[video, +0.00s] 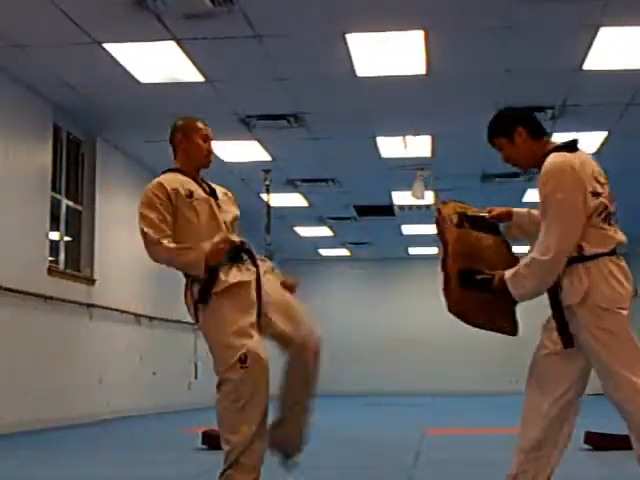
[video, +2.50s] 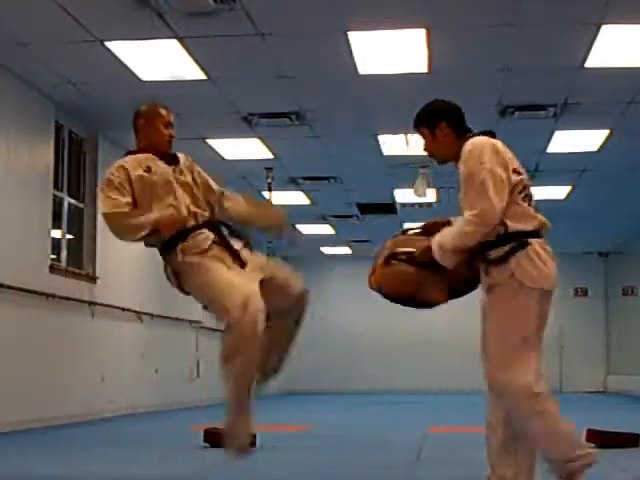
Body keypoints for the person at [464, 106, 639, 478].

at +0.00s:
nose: (505, 160)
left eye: (503, 149)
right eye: (500, 153)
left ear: (521, 136)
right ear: (530, 136)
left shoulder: (559, 167)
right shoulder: (572, 163)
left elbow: (555, 246)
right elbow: (563, 226)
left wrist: (507, 282)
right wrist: (511, 217)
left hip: (593, 281)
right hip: (576, 283)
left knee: (626, 387)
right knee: (549, 389)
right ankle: (528, 474)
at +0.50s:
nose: (504, 144)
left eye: (505, 134)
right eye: (502, 136)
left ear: (525, 126)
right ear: (530, 127)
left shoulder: (563, 163)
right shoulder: (557, 163)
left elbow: (557, 240)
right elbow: (559, 222)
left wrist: (511, 282)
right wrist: (518, 231)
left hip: (586, 279)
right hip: (563, 281)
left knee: (617, 383)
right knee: (532, 376)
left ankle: (638, 462)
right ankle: (504, 472)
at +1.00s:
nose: (415, 142)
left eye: (416, 132)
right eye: (413, 134)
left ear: (434, 127)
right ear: (451, 127)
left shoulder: (457, 158)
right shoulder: (484, 160)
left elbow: (446, 232)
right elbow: (466, 229)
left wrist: (404, 274)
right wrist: (416, 230)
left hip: (481, 276)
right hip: (504, 273)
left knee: (439, 367)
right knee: (499, 381)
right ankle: (502, 467)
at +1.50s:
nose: (315, 134)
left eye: (319, 124)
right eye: (316, 125)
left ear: (338, 122)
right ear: (353, 124)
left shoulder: (352, 161)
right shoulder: (393, 158)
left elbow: (335, 235)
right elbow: (372, 220)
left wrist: (297, 277)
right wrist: (318, 233)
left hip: (382, 277)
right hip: (421, 272)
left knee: (353, 381)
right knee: (441, 386)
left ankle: (346, 471)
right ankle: (478, 471)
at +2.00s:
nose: (322, 143)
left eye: (323, 134)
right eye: (321, 135)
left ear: (341, 131)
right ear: (359, 131)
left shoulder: (356, 172)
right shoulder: (397, 163)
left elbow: (339, 244)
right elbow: (382, 231)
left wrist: (301, 285)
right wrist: (329, 251)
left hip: (385, 282)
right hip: (421, 274)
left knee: (336, 372)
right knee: (437, 378)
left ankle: (340, 471)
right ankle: (494, 463)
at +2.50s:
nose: (425, 148)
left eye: (425, 138)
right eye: (422, 140)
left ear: (443, 130)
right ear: (449, 129)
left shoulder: (479, 150)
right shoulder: (482, 153)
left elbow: (485, 216)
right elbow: (490, 220)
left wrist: (441, 243)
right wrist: (449, 230)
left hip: (518, 270)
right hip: (510, 272)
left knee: (510, 377)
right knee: (504, 380)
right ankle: (508, 473)